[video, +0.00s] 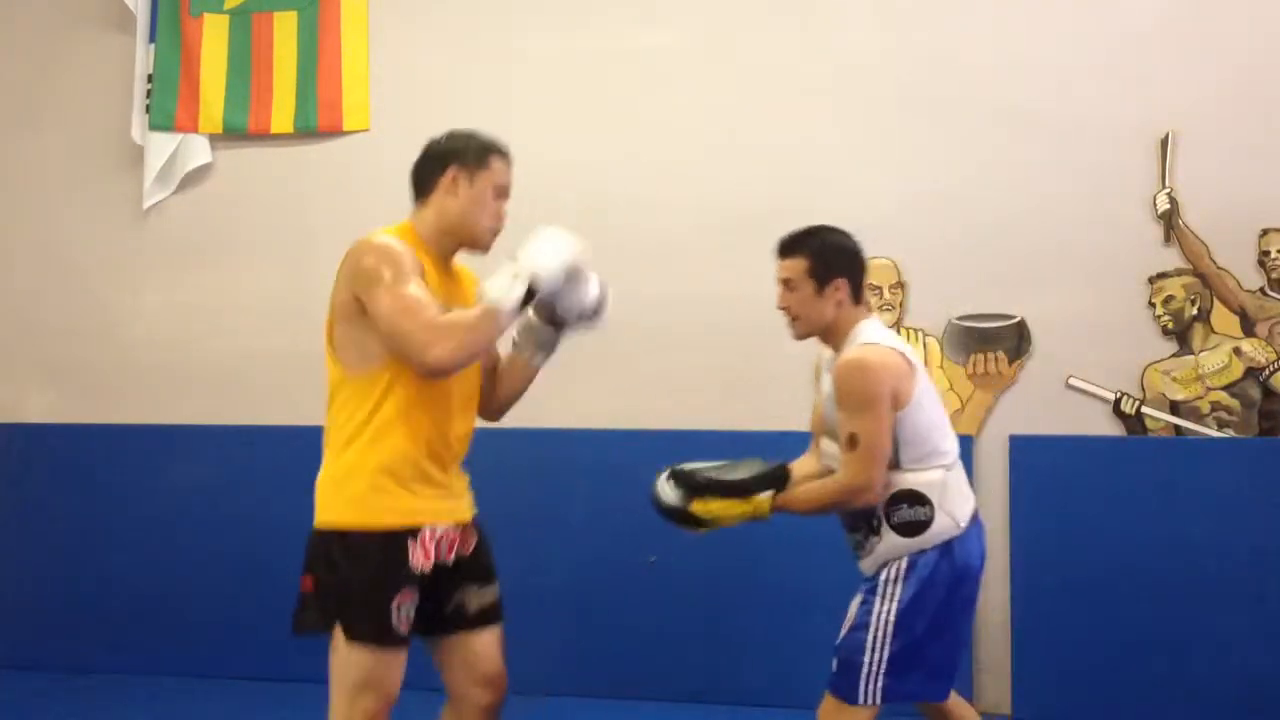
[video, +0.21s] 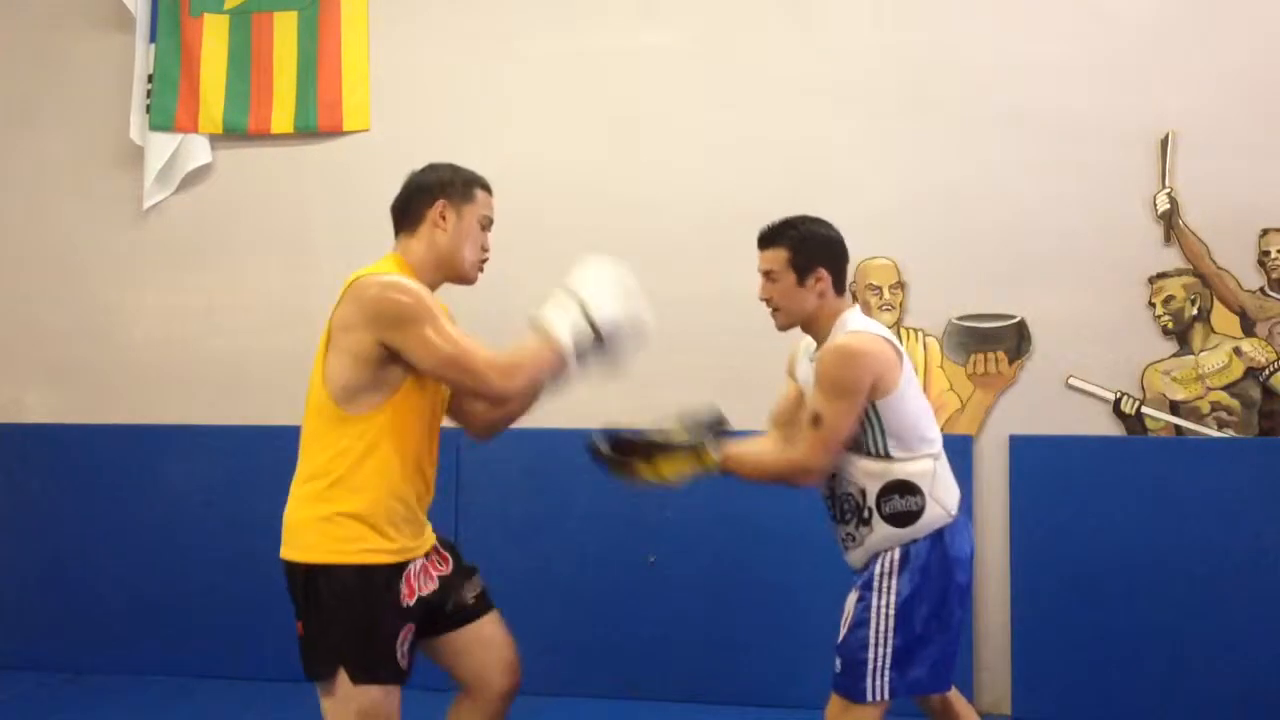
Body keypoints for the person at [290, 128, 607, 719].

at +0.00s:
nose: (503, 214)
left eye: (506, 199)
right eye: (497, 194)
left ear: (461, 189)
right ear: (450, 183)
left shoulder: (462, 284)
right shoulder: (377, 258)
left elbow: (489, 401)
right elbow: (434, 348)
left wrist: (544, 330)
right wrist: (517, 287)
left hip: (448, 512)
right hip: (371, 517)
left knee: (480, 690)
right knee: (365, 700)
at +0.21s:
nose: (488, 246)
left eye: (490, 230)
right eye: (483, 226)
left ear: (441, 221)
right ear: (441, 217)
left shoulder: (422, 306)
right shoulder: (384, 297)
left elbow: (482, 418)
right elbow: (500, 379)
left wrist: (562, 348)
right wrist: (569, 318)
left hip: (407, 542)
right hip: (345, 553)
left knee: (493, 676)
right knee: (364, 711)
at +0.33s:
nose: (492, 237)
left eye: (493, 220)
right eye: (485, 216)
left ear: (442, 214)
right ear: (443, 211)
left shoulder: (423, 293)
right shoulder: (404, 290)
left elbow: (450, 434)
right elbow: (463, 414)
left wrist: (547, 423)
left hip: (410, 533)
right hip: (352, 538)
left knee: (459, 692)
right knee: (359, 706)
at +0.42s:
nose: (505, 235)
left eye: (505, 218)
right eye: (497, 216)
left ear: (458, 216)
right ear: (457, 212)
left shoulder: (439, 302)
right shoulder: (410, 296)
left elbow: (429, 425)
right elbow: (415, 426)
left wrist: (505, 449)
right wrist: (505, 461)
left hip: (422, 537)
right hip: (364, 542)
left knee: (462, 694)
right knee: (363, 706)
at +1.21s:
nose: (487, 231)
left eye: (487, 215)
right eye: (479, 212)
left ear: (437, 212)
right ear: (435, 209)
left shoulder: (438, 304)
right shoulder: (363, 291)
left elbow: (424, 410)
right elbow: (386, 420)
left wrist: (486, 375)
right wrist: (488, 383)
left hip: (413, 532)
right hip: (341, 539)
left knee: (477, 682)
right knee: (329, 704)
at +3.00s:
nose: (467, 276)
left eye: (476, 265)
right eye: (471, 257)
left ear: (444, 229)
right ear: (445, 229)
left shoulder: (420, 303)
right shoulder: (334, 278)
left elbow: (436, 413)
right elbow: (405, 392)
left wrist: (501, 353)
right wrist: (486, 300)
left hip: (392, 539)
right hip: (316, 548)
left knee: (438, 701)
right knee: (314, 708)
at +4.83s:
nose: (484, 278)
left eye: (487, 262)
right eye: (483, 259)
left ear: (442, 248)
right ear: (446, 248)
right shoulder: (383, 306)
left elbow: (437, 410)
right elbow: (433, 411)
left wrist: (482, 348)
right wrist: (498, 352)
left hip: (366, 576)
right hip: (332, 587)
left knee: (451, 691)